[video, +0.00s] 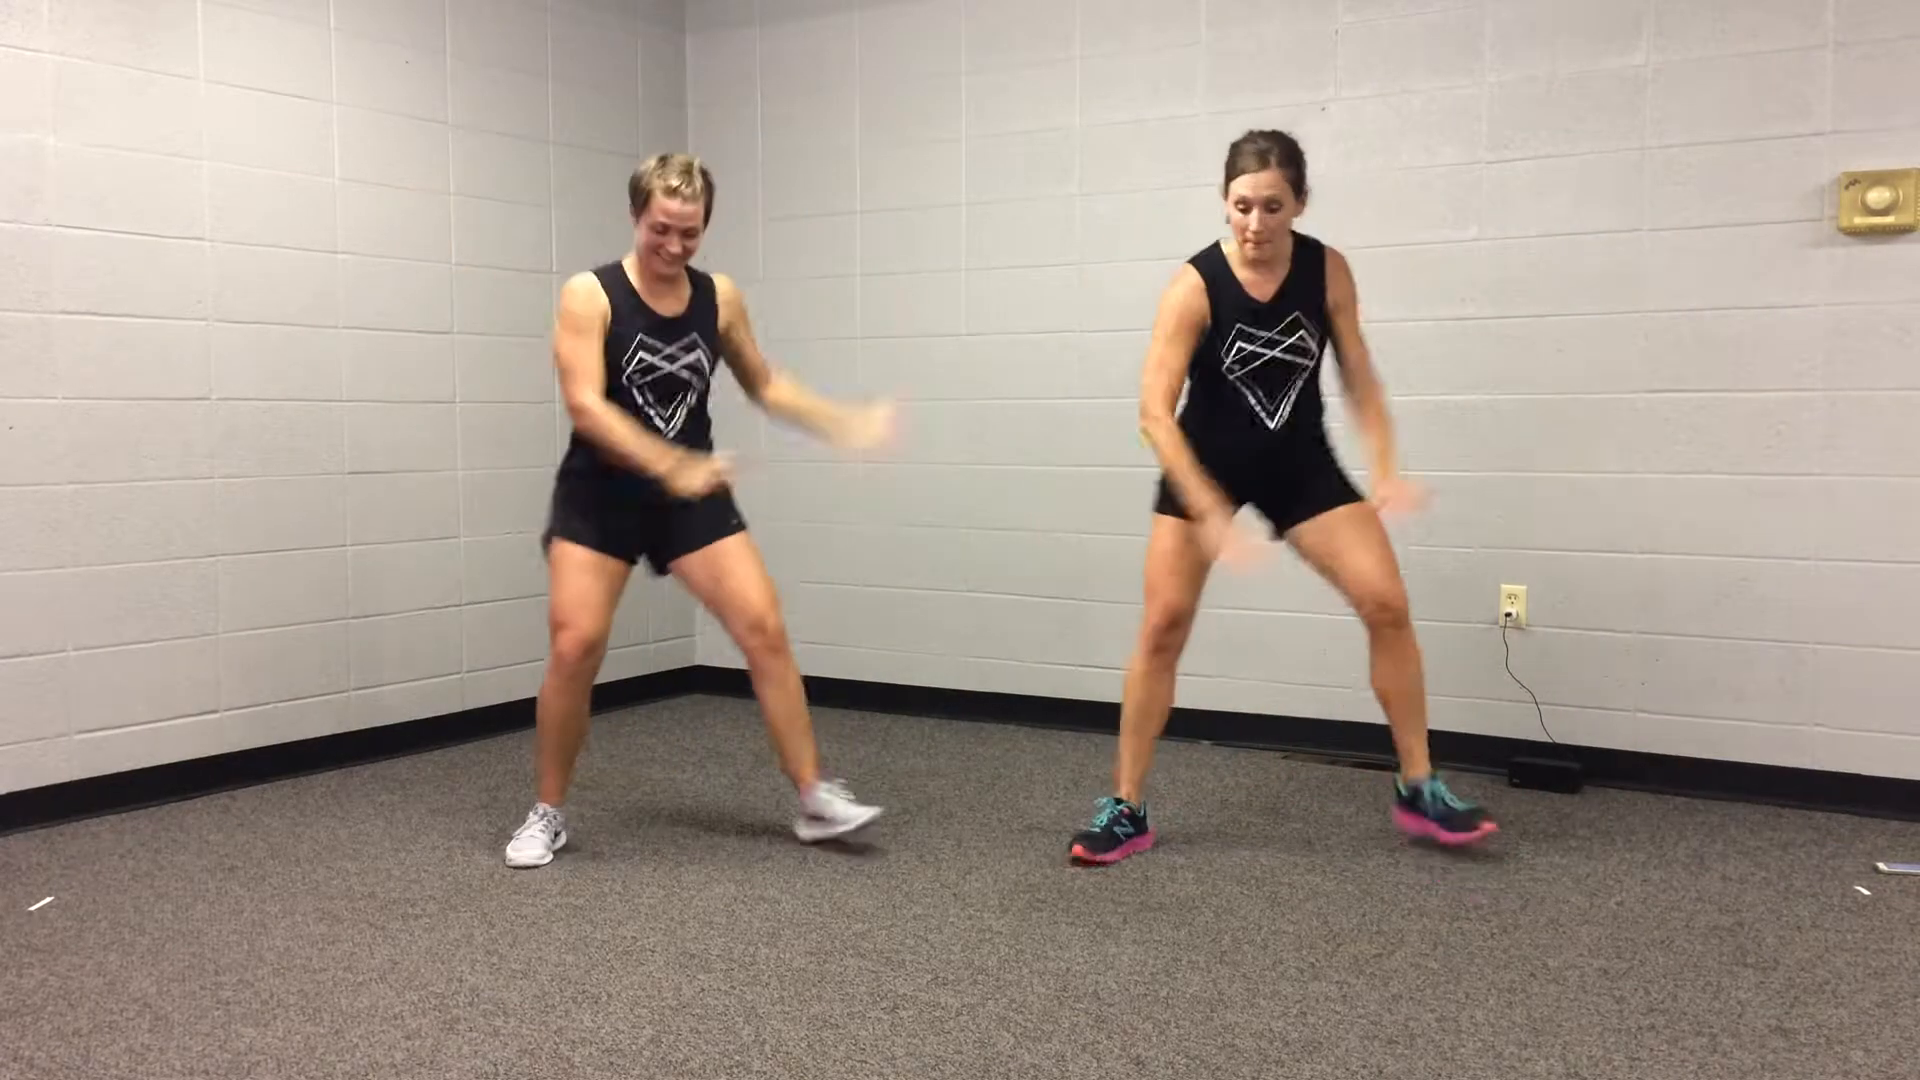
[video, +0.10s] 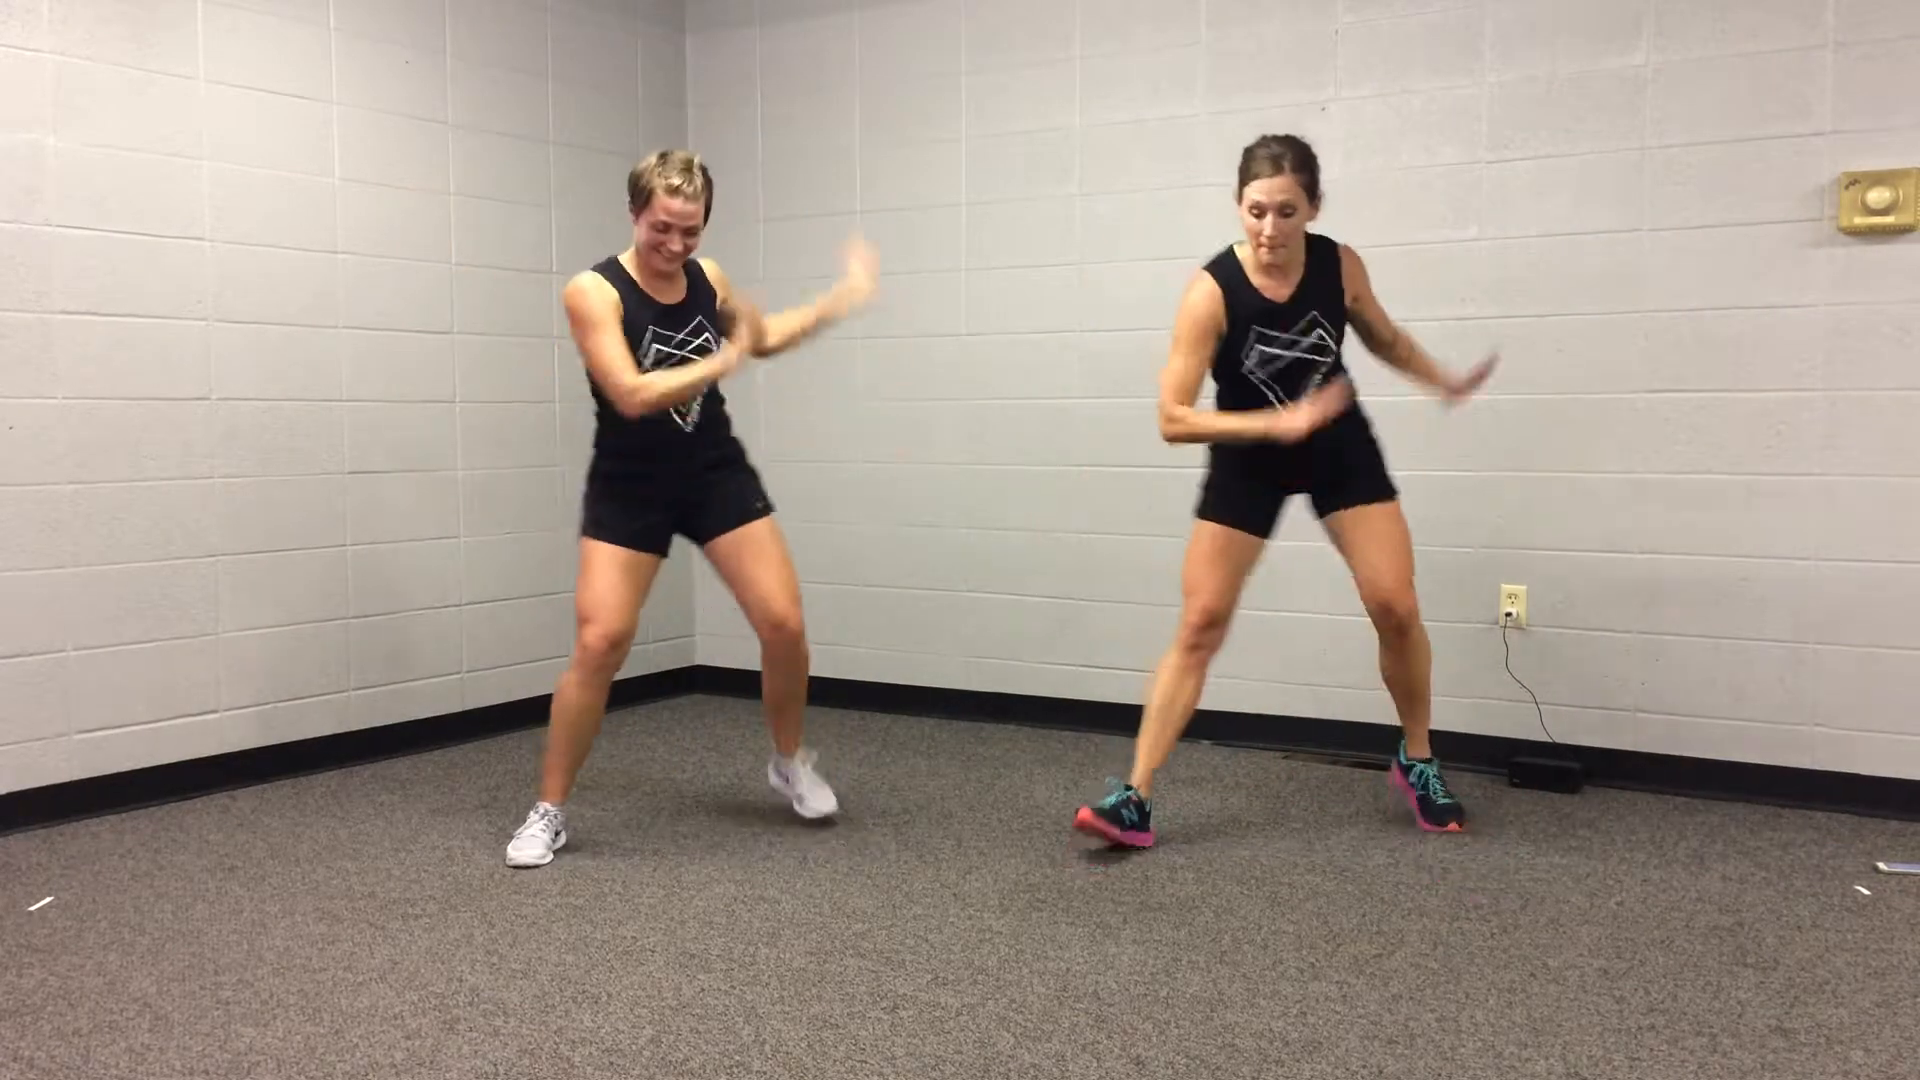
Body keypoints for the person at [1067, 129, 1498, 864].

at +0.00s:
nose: (1255, 223)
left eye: (1271, 207)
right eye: (1241, 206)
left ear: (1299, 205)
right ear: (1223, 204)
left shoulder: (1326, 271)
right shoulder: (1195, 288)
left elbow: (1360, 378)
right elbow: (1153, 413)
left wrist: (1384, 470)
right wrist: (1211, 512)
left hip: (1297, 461)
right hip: (1207, 467)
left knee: (1387, 605)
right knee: (1162, 627)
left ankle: (1419, 784)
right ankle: (1125, 803)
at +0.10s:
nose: (1269, 228)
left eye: (1286, 211)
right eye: (1256, 211)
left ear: (1311, 210)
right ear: (1238, 209)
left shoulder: (1338, 267)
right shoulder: (1211, 292)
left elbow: (1385, 339)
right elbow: (1172, 420)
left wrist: (1444, 382)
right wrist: (1279, 422)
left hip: (1338, 443)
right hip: (1248, 457)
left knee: (1395, 606)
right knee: (1200, 623)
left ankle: (1418, 759)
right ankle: (1135, 795)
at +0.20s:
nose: (1288, 256)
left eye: (1304, 240)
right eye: (1275, 239)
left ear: (1329, 238)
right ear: (1257, 237)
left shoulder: (1356, 286)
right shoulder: (1237, 321)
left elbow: (1395, 328)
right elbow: (1218, 446)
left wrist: (1486, 333)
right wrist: (1295, 384)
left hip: (1371, 459)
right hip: (1285, 473)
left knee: (1406, 622)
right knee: (1231, 640)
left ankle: (1418, 773)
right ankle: (1146, 793)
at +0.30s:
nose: (1303, 275)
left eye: (1319, 260)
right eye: (1290, 260)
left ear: (1344, 260)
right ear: (1273, 260)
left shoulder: (1375, 306)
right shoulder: (1252, 343)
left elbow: (1425, 350)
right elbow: (1246, 467)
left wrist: (1528, 371)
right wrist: (1334, 431)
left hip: (1384, 463)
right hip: (1298, 480)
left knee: (1413, 630)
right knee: (1235, 643)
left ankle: (1419, 775)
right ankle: (1149, 791)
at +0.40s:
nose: (1312, 267)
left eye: (1327, 252)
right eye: (1299, 252)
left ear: (1355, 252)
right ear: (1284, 253)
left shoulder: (1391, 314)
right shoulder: (1259, 329)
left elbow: (1459, 398)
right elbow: (1258, 455)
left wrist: (1534, 481)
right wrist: (1317, 538)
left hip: (1375, 471)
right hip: (1286, 476)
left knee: (1405, 633)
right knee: (1222, 630)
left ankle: (1418, 776)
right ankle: (1147, 789)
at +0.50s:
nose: (1315, 246)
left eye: (1331, 229)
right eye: (1302, 231)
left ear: (1362, 230)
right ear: (1288, 232)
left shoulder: (1395, 301)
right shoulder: (1257, 307)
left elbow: (1441, 412)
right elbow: (1226, 418)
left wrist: (1465, 515)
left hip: (1351, 461)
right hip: (1264, 461)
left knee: (1387, 621)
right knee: (1189, 602)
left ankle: (1416, 773)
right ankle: (1148, 776)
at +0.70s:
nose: (1285, 229)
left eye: (1302, 217)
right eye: (1274, 218)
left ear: (1335, 230)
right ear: (1261, 226)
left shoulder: (1361, 313)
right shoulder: (1228, 287)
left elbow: (1384, 440)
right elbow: (1158, 363)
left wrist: (1339, 382)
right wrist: (1124, 337)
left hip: (1268, 479)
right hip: (1185, 456)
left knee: (1336, 636)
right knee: (1150, 617)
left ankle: (1411, 773)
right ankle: (1138, 786)